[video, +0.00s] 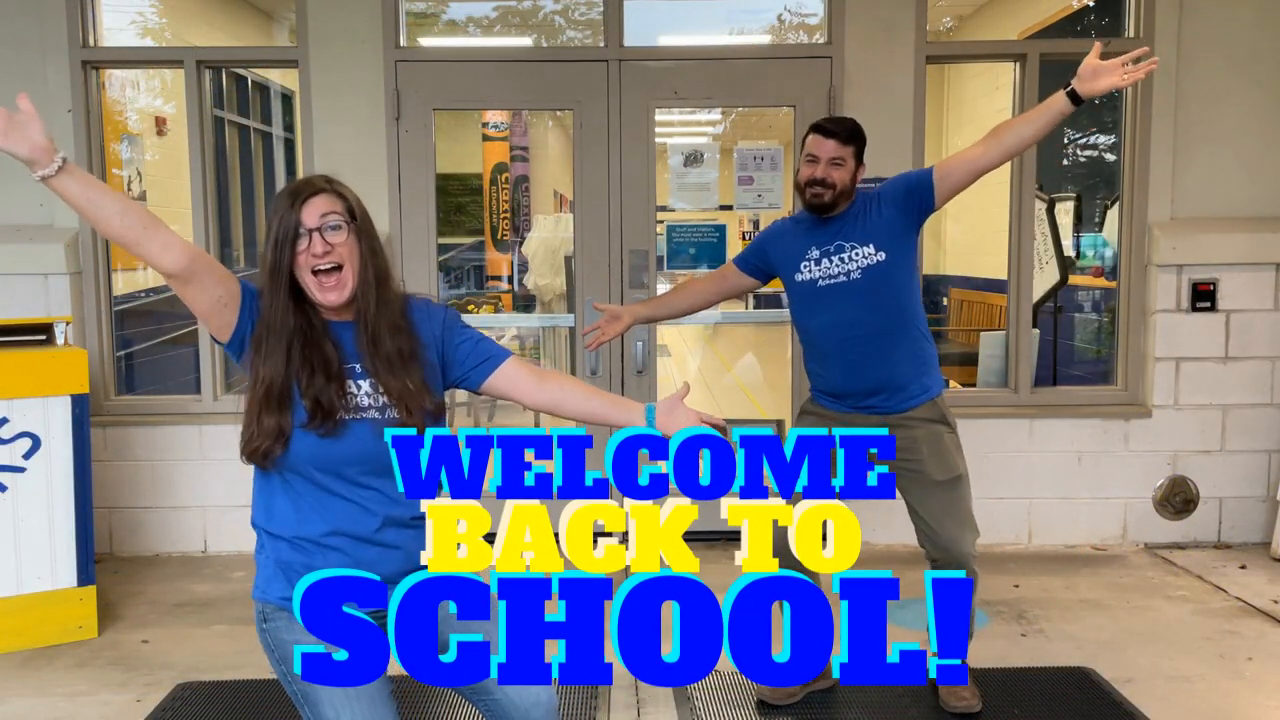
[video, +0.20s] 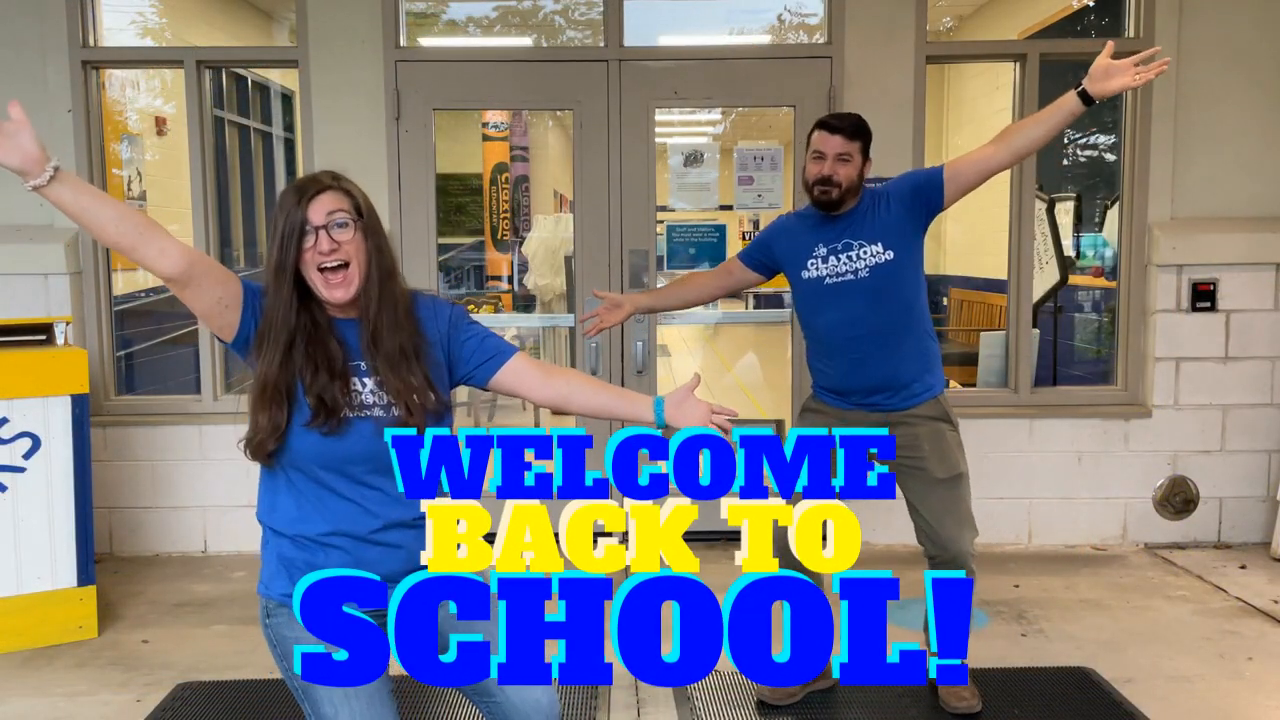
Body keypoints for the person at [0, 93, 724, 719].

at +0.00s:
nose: (322, 244)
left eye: (335, 227)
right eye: (304, 234)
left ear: (366, 240)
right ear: (285, 256)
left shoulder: (420, 324)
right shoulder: (267, 324)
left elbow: (534, 385)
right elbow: (170, 255)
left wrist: (652, 414)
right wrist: (49, 164)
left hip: (429, 575)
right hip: (312, 589)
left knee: (531, 681)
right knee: (360, 706)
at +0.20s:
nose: (328, 243)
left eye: (342, 225)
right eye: (310, 233)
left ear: (373, 236)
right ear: (290, 252)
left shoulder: (427, 321)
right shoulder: (273, 321)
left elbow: (535, 378)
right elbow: (167, 258)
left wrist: (657, 408)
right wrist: (43, 176)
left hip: (429, 574)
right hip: (315, 583)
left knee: (536, 675)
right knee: (356, 705)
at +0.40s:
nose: (332, 240)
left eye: (347, 223)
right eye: (314, 230)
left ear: (378, 233)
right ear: (296, 249)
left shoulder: (433, 319)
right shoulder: (278, 318)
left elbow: (544, 377)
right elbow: (167, 255)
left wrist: (659, 407)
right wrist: (39, 174)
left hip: (434, 575)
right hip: (322, 582)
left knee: (537, 670)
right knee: (361, 707)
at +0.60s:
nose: (347, 233)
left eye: (361, 218)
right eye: (329, 222)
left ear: (389, 232)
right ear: (307, 241)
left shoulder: (442, 317)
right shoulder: (287, 313)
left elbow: (547, 381)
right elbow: (160, 275)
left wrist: (672, 415)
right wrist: (32, 217)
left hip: (437, 567)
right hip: (324, 572)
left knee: (542, 686)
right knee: (359, 710)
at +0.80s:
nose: (378, 197)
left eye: (395, 186)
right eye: (361, 188)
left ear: (422, 214)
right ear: (339, 217)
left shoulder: (469, 308)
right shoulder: (297, 297)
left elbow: (566, 398)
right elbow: (155, 342)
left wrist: (671, 471)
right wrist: (12, 369)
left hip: (458, 557)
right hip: (332, 570)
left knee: (550, 686)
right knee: (354, 712)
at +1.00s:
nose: (425, 173)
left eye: (443, 157)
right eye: (410, 162)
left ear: (476, 175)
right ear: (393, 186)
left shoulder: (525, 289)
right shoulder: (358, 269)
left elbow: (558, 420)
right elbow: (301, 381)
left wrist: (602, 526)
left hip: (486, 536)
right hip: (362, 539)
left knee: (555, 710)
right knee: (362, 713)